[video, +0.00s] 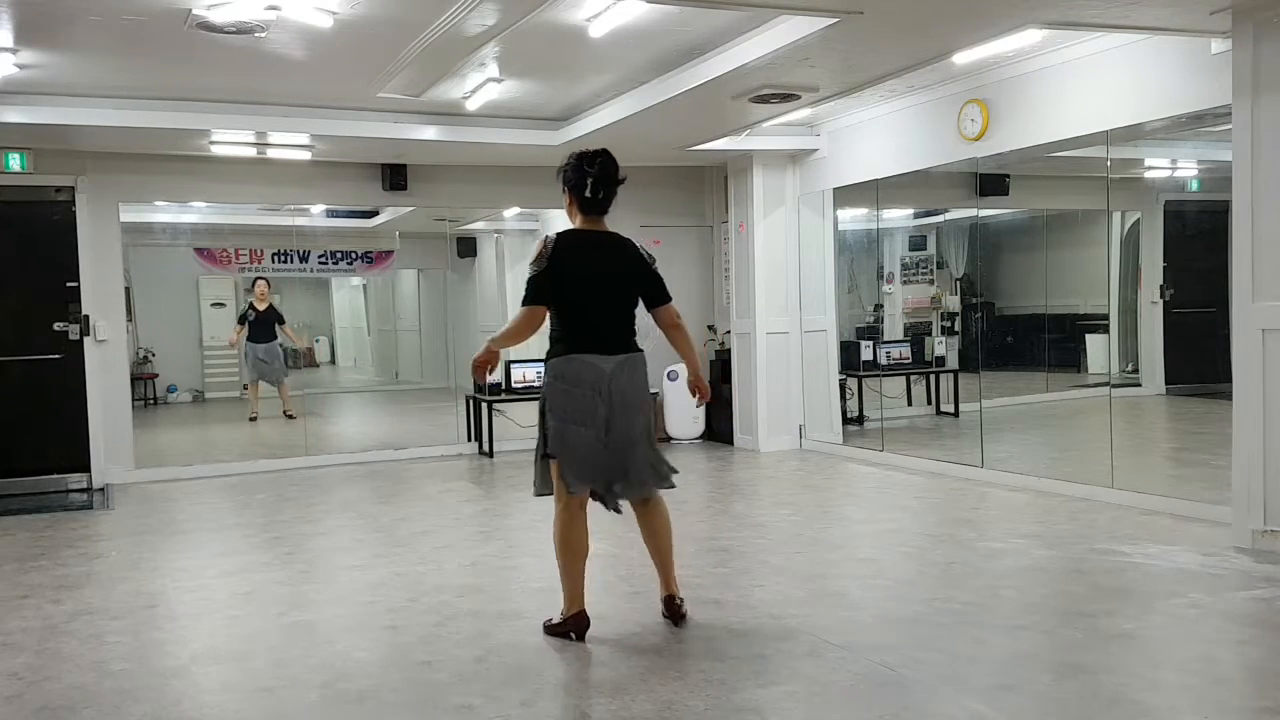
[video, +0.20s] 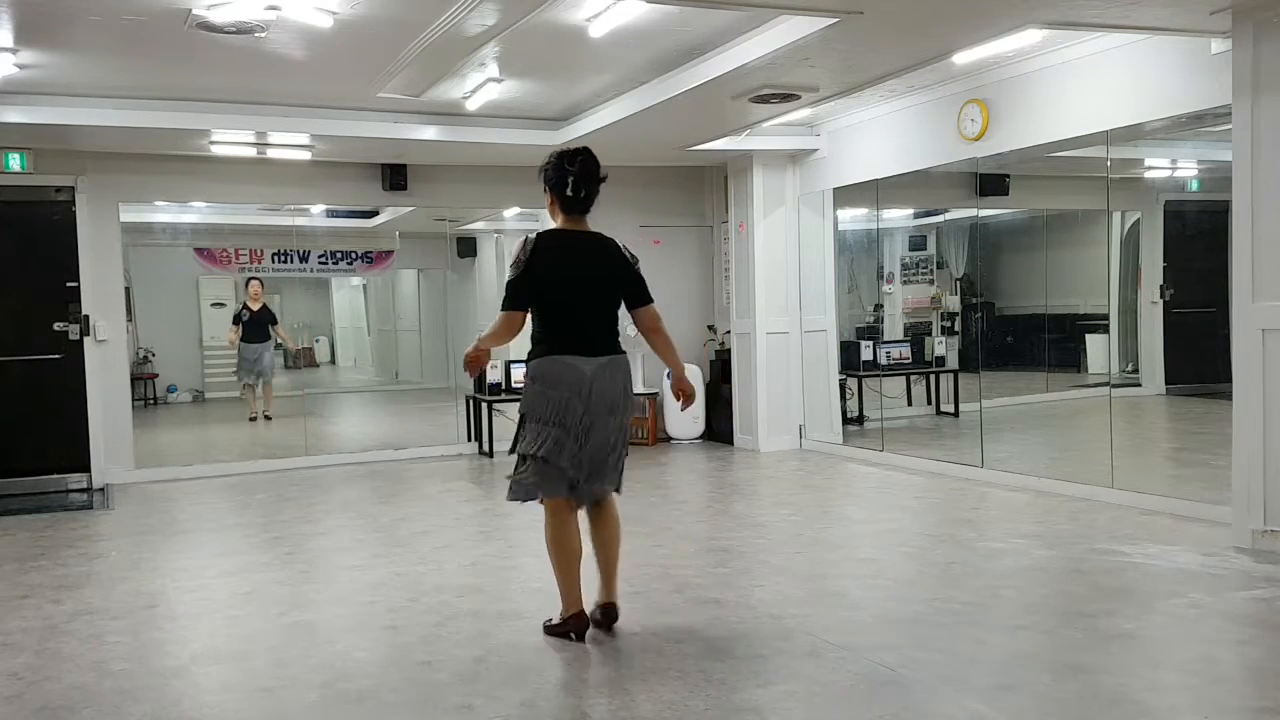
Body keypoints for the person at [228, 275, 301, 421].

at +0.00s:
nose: (262, 290)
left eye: (264, 287)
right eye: (258, 287)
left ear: (269, 290)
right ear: (253, 290)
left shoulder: (273, 308)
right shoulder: (248, 308)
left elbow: (284, 327)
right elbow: (240, 325)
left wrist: (296, 342)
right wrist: (235, 335)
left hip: (272, 347)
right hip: (253, 347)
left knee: (280, 378)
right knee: (253, 380)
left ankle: (287, 408)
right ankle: (254, 410)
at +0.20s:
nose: (256, 290)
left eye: (258, 287)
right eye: (252, 287)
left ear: (262, 290)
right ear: (247, 290)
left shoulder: (267, 309)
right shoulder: (241, 308)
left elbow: (277, 328)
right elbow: (234, 327)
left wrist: (289, 343)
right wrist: (232, 336)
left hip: (265, 347)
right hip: (247, 347)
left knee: (267, 379)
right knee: (250, 381)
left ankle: (267, 409)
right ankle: (253, 410)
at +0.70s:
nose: (245, 289)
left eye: (248, 286)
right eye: (242, 287)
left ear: (252, 289)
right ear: (236, 290)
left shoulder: (257, 308)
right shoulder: (232, 308)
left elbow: (268, 327)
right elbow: (225, 327)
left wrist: (282, 339)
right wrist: (221, 336)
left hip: (256, 347)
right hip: (238, 347)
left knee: (261, 380)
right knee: (238, 379)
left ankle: (261, 411)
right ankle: (235, 410)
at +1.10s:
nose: (226, 290)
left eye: (229, 287)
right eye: (223, 287)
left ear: (233, 289)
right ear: (218, 290)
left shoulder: (237, 308)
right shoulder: (212, 308)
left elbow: (248, 327)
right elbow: (205, 325)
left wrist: (261, 338)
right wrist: (204, 330)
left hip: (237, 347)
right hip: (219, 348)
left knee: (248, 378)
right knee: (221, 382)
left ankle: (260, 409)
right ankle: (223, 413)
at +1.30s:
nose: (219, 290)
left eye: (222, 287)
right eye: (215, 287)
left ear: (226, 290)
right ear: (210, 290)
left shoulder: (230, 308)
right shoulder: (207, 308)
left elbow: (240, 328)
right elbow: (198, 325)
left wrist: (253, 342)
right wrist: (200, 333)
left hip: (232, 346)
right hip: (214, 348)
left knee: (240, 378)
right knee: (218, 383)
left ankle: (245, 409)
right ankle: (223, 412)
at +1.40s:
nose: (216, 290)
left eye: (218, 287)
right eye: (212, 288)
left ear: (222, 290)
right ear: (207, 291)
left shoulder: (227, 308)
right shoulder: (203, 308)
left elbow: (238, 328)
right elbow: (196, 326)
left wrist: (250, 341)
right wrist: (195, 339)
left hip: (229, 347)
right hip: (211, 348)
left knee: (236, 378)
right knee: (216, 382)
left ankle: (230, 408)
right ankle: (222, 412)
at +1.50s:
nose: (213, 291)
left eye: (216, 288)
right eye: (210, 288)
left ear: (220, 290)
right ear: (204, 291)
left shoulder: (225, 309)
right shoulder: (201, 310)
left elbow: (236, 328)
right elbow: (192, 329)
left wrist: (248, 341)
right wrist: (188, 345)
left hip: (225, 348)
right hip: (209, 348)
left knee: (224, 380)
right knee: (215, 381)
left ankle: (214, 407)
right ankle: (222, 411)